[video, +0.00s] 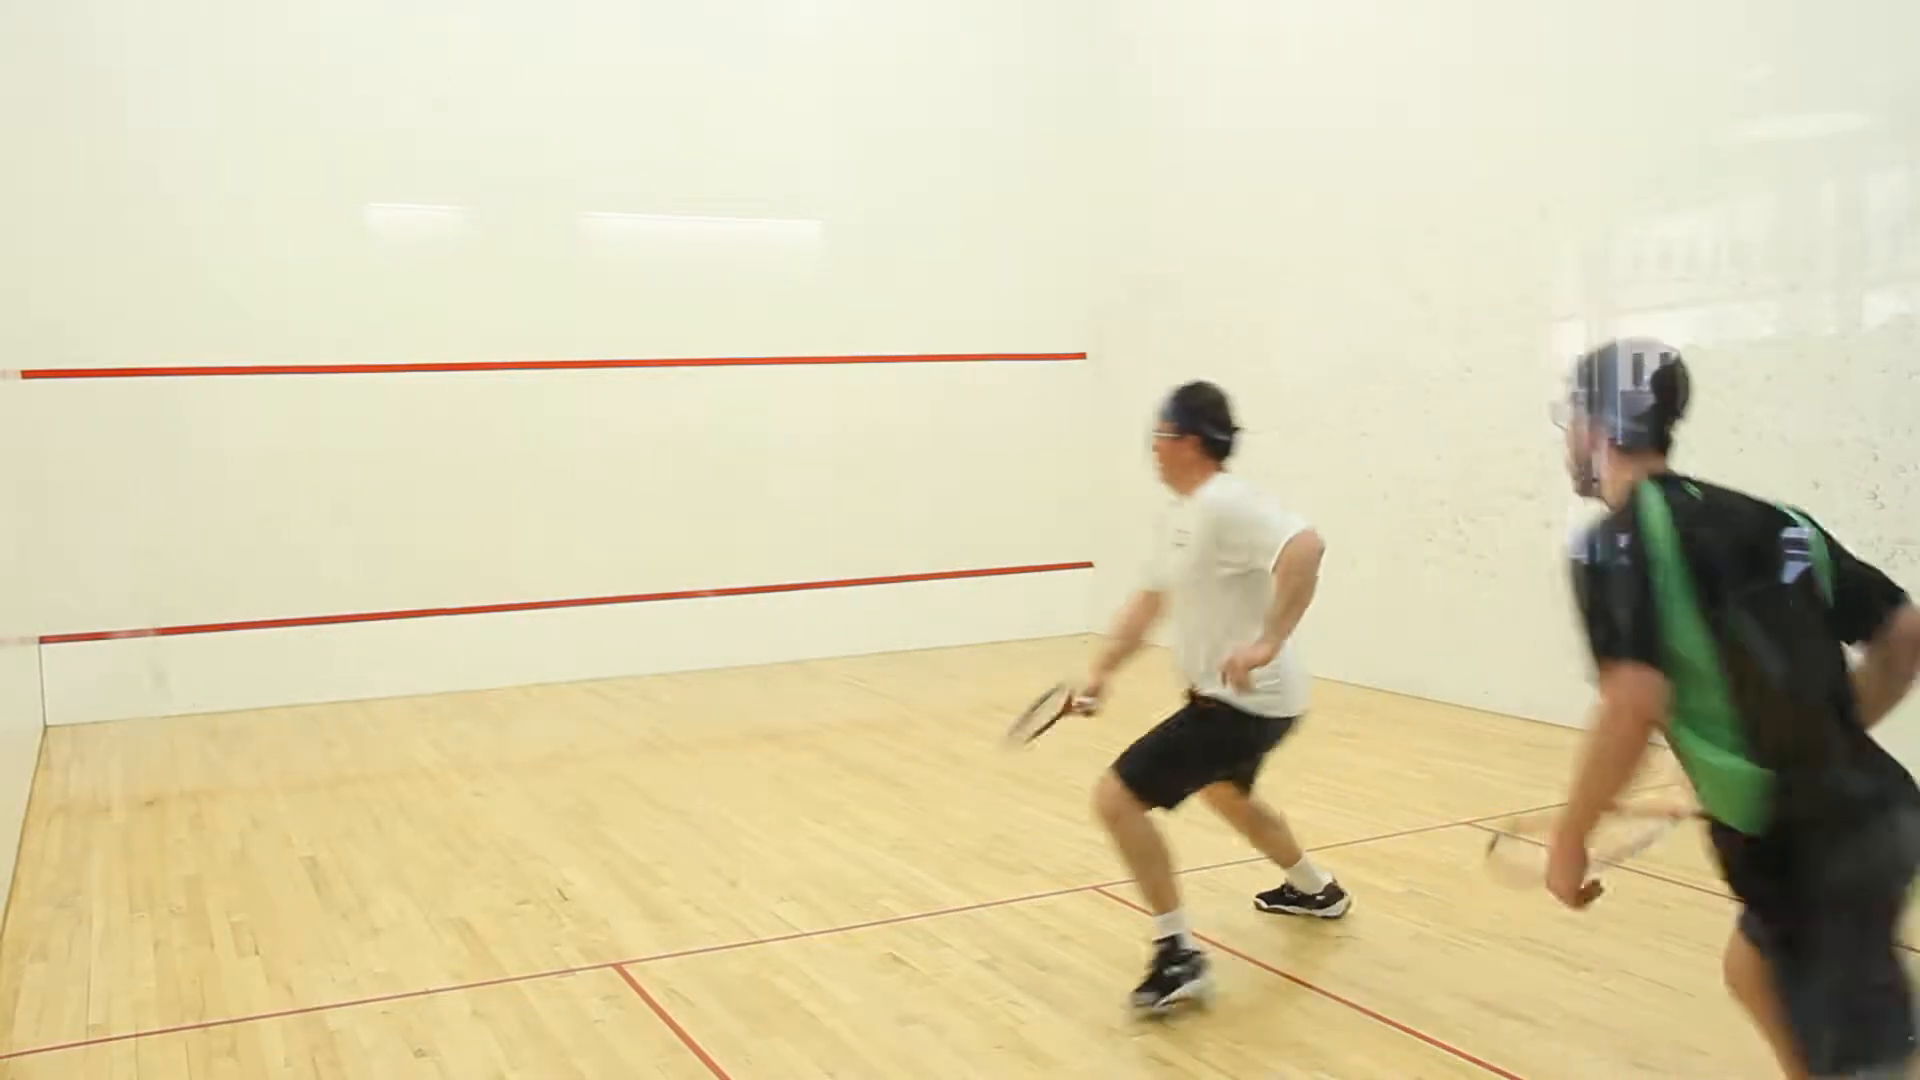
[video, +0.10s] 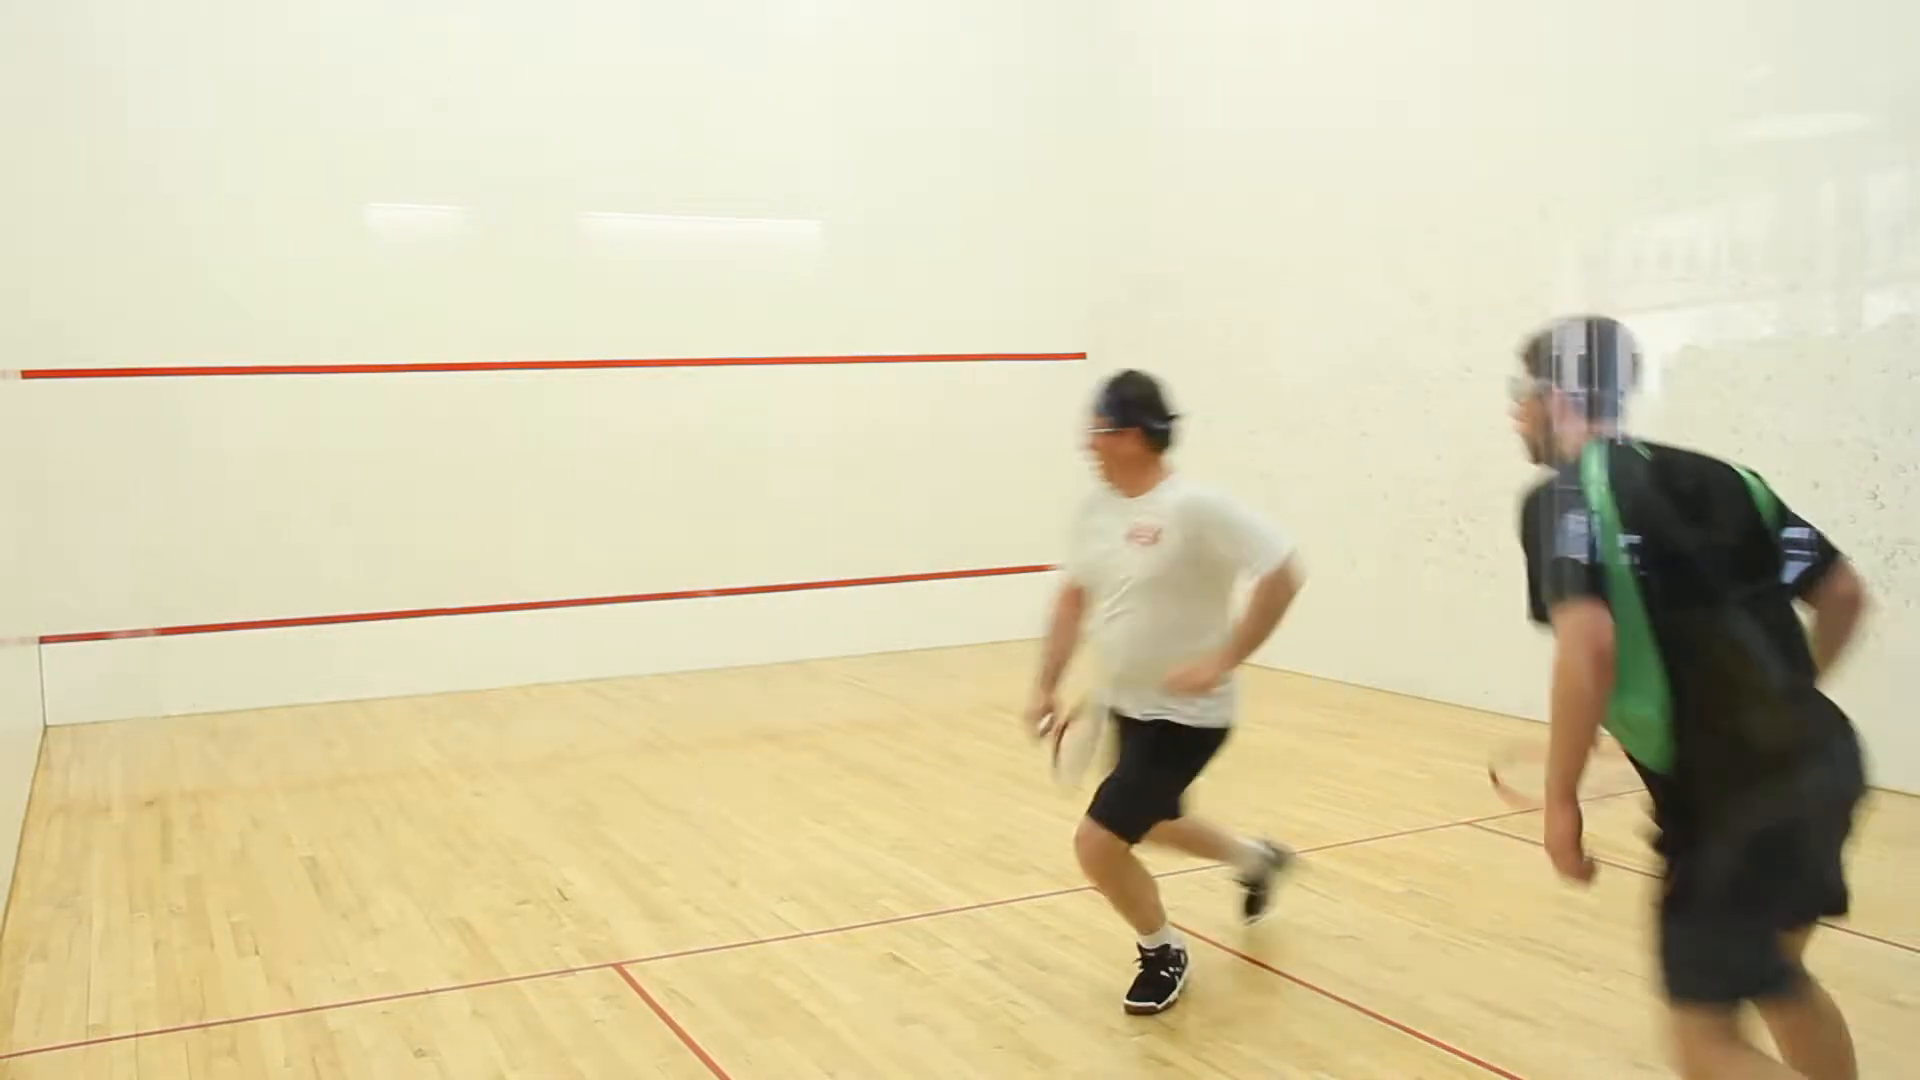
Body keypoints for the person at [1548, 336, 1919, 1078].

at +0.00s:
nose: (1569, 439)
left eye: (1574, 419)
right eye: (1571, 420)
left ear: (1597, 428)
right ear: (1660, 423)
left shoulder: (1617, 534)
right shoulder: (1771, 519)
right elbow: (1902, 633)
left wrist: (1571, 832)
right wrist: (1828, 727)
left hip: (1808, 844)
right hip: (1879, 808)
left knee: (1858, 1056)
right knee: (1754, 970)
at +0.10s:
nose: (1517, 412)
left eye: (1525, 392)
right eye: (1519, 393)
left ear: (1564, 399)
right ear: (1610, 394)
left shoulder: (1565, 498)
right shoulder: (1717, 476)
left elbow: (1587, 644)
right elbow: (1842, 593)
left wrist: (1561, 795)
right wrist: (1779, 691)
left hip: (1724, 793)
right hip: (1821, 761)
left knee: (1701, 1032)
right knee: (1776, 970)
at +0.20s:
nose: (1458, 389)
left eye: (1468, 370)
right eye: (1460, 370)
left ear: (1513, 374)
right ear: (1548, 372)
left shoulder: (1516, 457)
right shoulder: (1652, 442)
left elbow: (1557, 578)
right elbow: (1763, 556)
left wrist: (1543, 736)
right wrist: (1696, 647)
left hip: (1650, 733)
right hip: (1747, 711)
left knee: (1578, 941)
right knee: (1745, 934)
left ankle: (1659, 1068)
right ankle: (1818, 1068)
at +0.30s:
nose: (1404, 387)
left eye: (1415, 370)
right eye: (1407, 368)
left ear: (1463, 377)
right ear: (1490, 378)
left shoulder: (1469, 449)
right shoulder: (1592, 443)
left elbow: (1520, 556)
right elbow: (1692, 551)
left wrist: (1509, 704)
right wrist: (1617, 634)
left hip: (1569, 722)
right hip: (1674, 709)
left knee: (1499, 898)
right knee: (1696, 926)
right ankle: (1796, 1070)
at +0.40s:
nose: (1351, 402)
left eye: (1363, 386)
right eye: (1354, 385)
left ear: (1412, 395)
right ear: (1428, 398)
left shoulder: (1412, 469)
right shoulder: (1528, 459)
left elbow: (1467, 563)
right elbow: (1618, 564)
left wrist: (1454, 707)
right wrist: (1548, 647)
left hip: (1496, 734)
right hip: (1592, 723)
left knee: (1422, 885)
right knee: (1642, 920)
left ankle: (1385, 1035)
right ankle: (1771, 1068)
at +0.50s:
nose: (1291, 421)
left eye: (1304, 405)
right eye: (1295, 403)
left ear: (1352, 415)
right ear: (1369, 416)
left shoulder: (1345, 498)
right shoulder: (1466, 476)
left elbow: (1385, 602)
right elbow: (1544, 579)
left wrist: (1369, 741)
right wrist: (1469, 645)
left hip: (1428, 738)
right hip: (1516, 727)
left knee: (1352, 851)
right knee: (1549, 913)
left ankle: (1368, 1029)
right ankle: (1715, 1037)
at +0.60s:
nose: (1252, 401)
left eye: (1264, 388)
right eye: (1256, 386)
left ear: (1310, 399)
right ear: (1323, 400)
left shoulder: (1303, 485)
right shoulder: (1421, 461)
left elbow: (1322, 604)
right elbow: (1489, 563)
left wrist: (1277, 716)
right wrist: (1415, 619)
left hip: (1390, 711)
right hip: (1474, 701)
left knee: (1322, 843)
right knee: (1460, 864)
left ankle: (1365, 1025)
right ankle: (1613, 989)